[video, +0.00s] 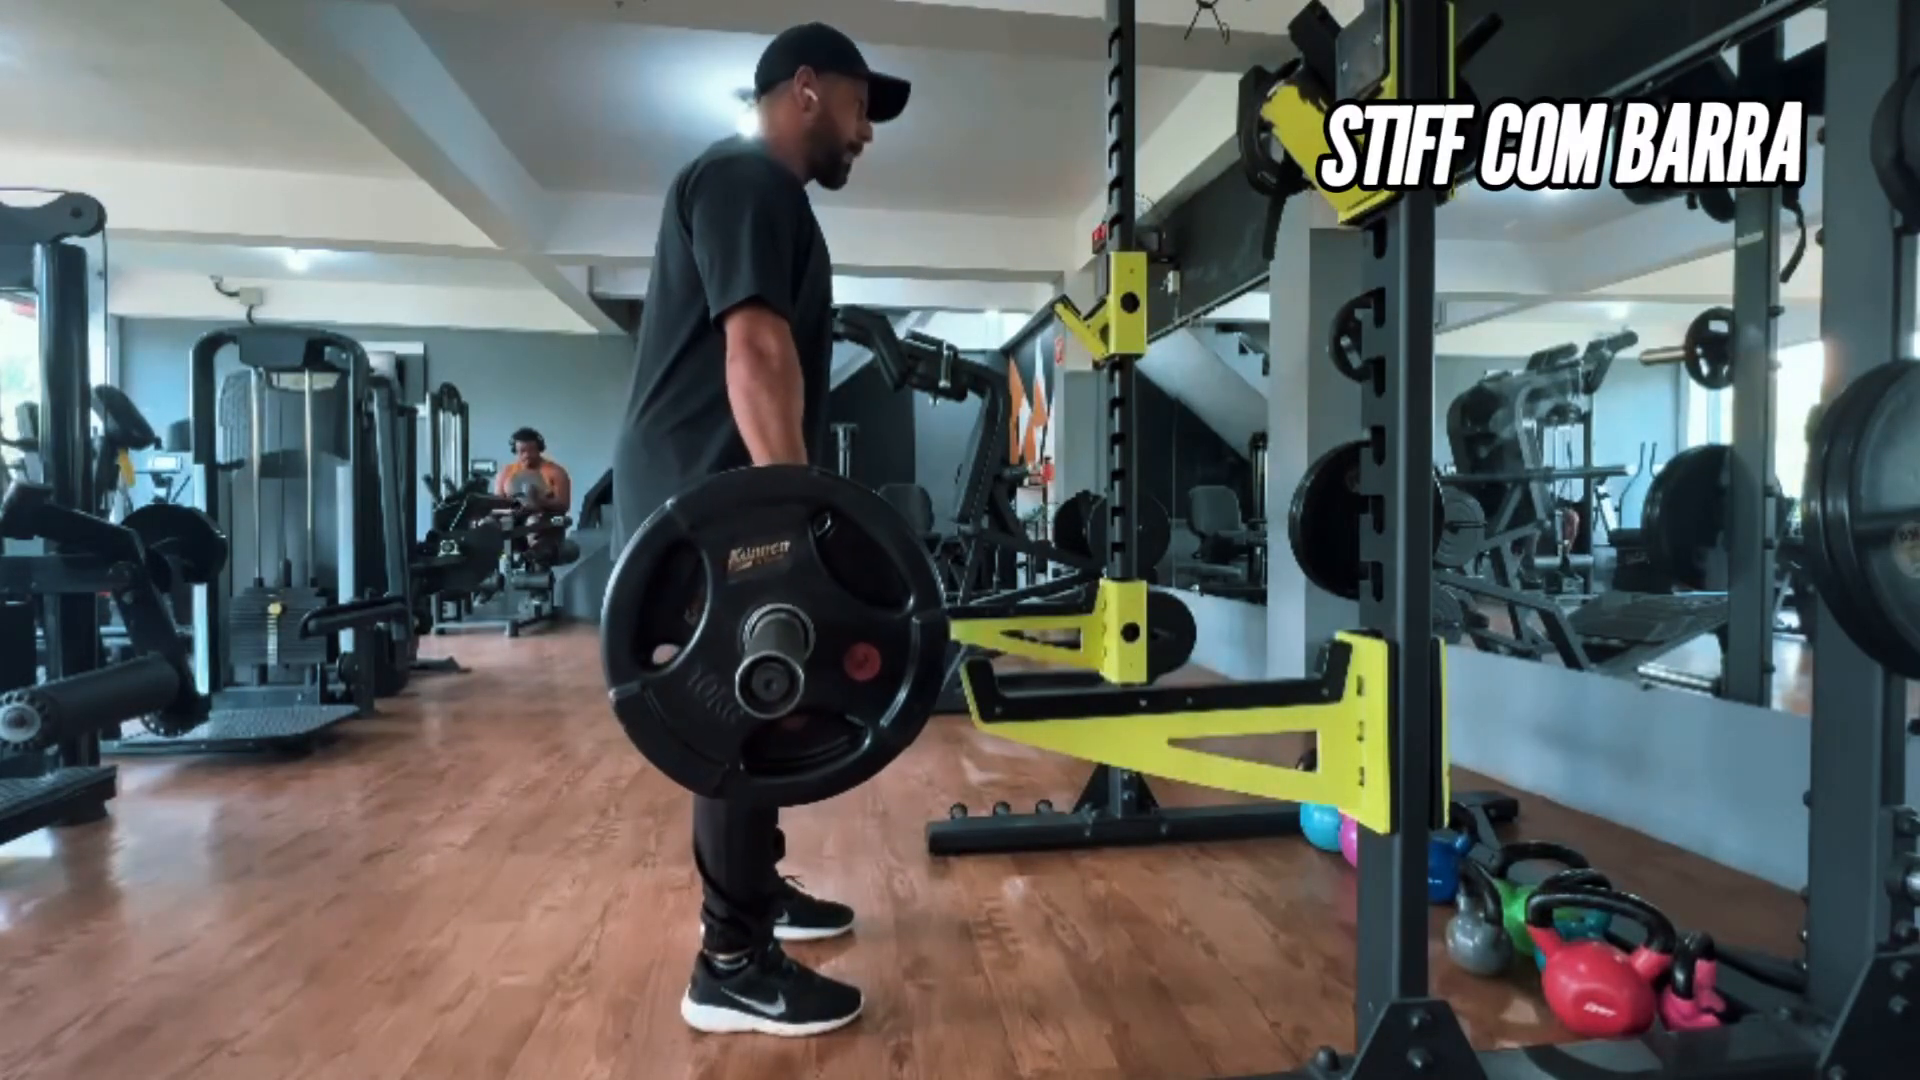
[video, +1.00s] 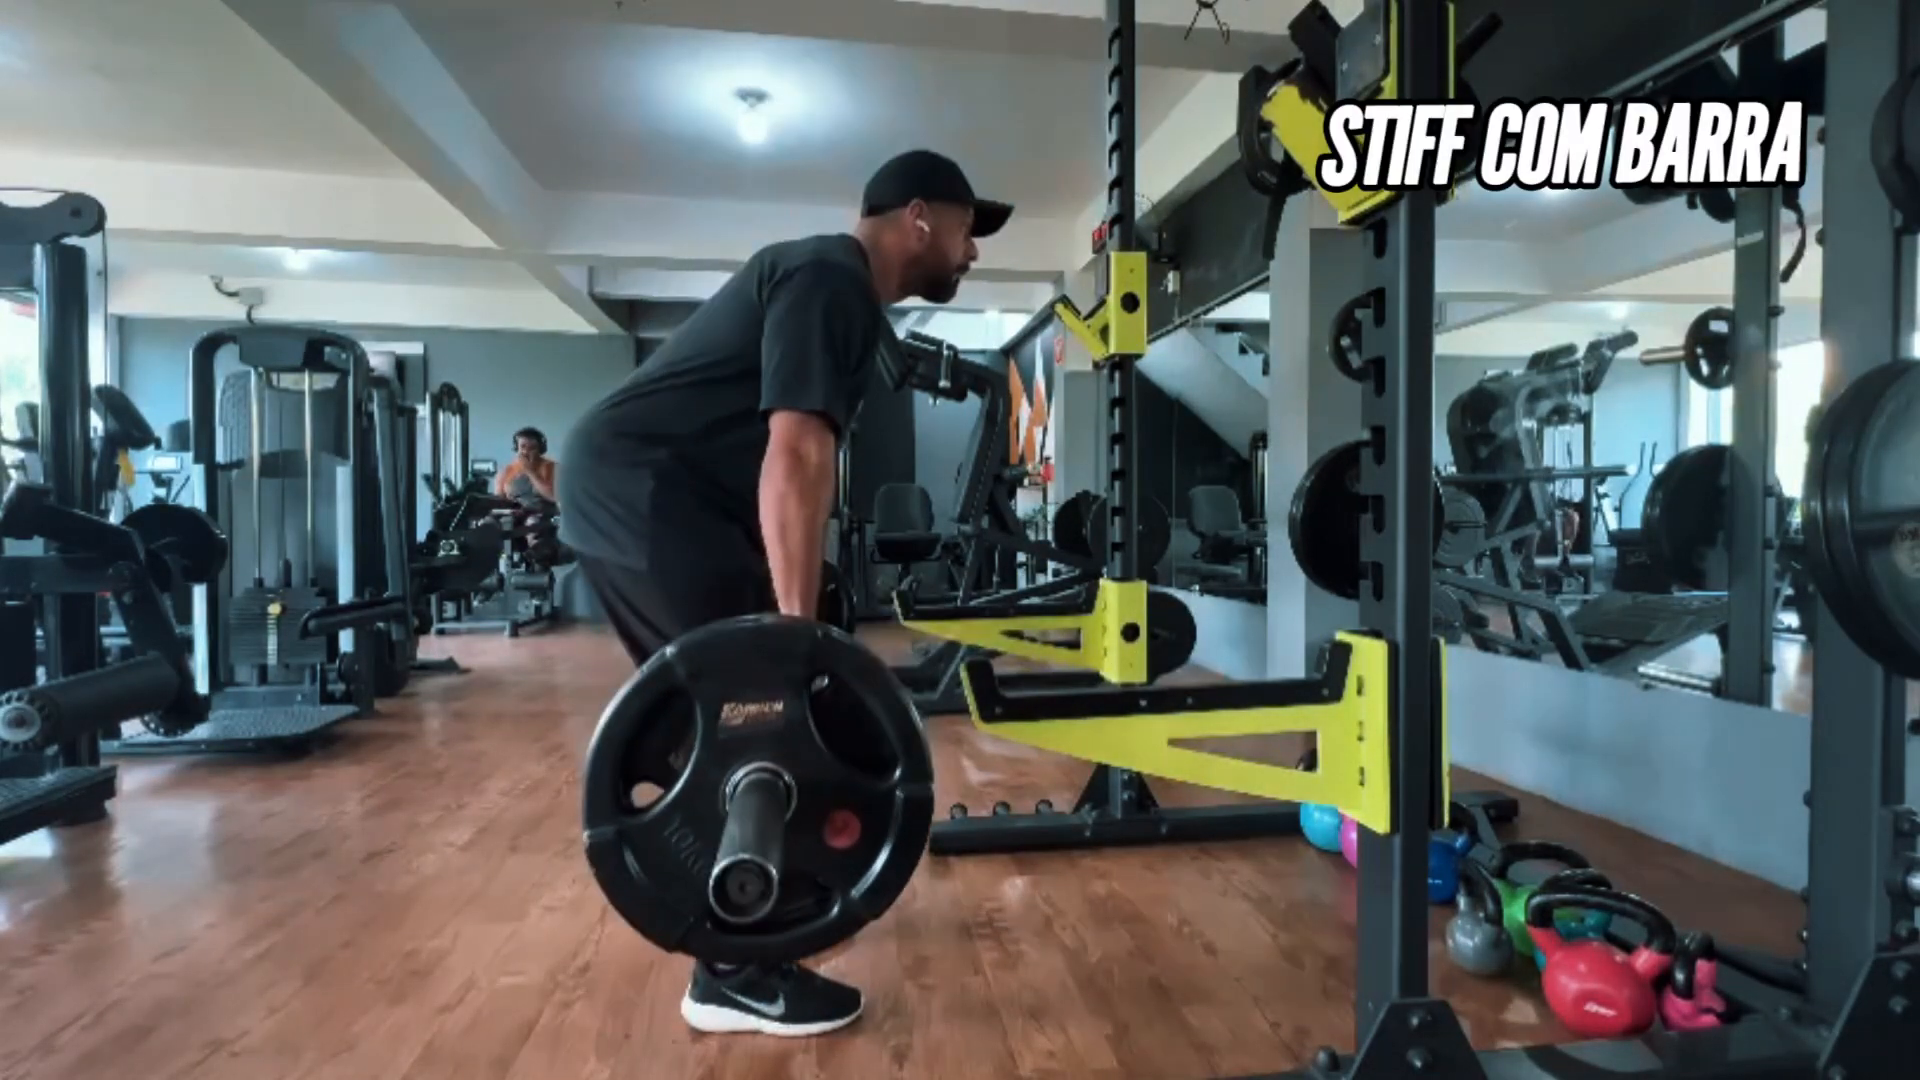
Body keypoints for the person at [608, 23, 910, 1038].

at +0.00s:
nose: (866, 135)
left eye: (870, 117)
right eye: (861, 110)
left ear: (797, 94)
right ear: (808, 89)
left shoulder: (754, 184)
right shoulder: (745, 175)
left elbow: (759, 356)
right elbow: (755, 349)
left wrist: (788, 506)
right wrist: (793, 512)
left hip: (716, 489)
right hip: (708, 491)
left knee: (756, 696)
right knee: (740, 708)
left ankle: (752, 882)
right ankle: (731, 960)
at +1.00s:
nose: (973, 254)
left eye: (977, 236)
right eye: (967, 231)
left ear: (907, 224)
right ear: (919, 218)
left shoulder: (842, 296)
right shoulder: (826, 274)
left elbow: (805, 454)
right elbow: (797, 450)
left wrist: (801, 626)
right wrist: (798, 633)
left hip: (642, 482)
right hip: (643, 480)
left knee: (720, 710)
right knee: (755, 706)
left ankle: (739, 948)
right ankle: (737, 966)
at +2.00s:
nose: (988, 420)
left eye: (997, 407)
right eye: (988, 399)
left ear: (940, 372)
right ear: (945, 373)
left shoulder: (844, 399)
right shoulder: (838, 400)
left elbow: (813, 585)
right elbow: (804, 590)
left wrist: (789, 753)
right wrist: (795, 773)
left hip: (589, 497)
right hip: (589, 501)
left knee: (726, 721)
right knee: (730, 724)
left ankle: (726, 936)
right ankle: (725, 943)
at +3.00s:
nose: (845, 87)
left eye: (843, 71)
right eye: (831, 67)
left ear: (769, 76)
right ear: (772, 68)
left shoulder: (756, 170)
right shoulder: (748, 160)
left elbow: (774, 335)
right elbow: (765, 317)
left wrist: (818, 483)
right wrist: (826, 486)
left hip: (728, 472)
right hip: (710, 474)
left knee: (751, 688)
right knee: (730, 698)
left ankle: (750, 882)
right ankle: (730, 956)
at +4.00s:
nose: (990, 315)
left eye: (994, 298)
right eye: (986, 292)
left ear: (934, 280)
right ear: (938, 277)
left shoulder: (850, 332)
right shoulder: (840, 322)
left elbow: (822, 502)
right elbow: (814, 499)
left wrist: (816, 665)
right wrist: (818, 675)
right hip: (620, 481)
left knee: (709, 715)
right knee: (741, 709)